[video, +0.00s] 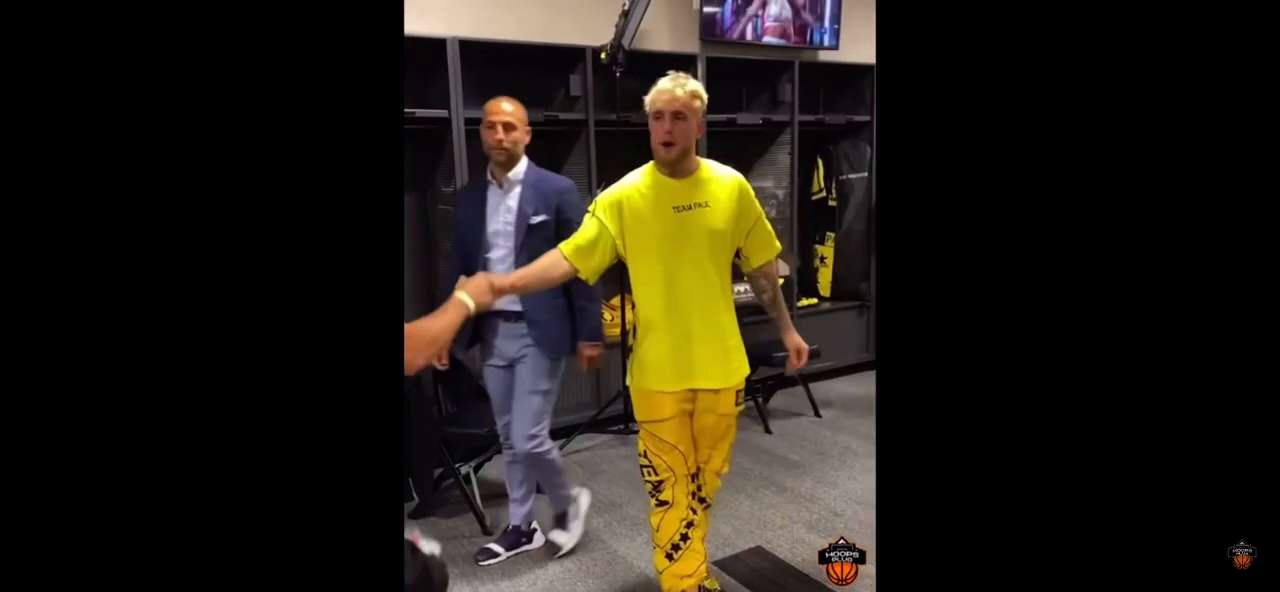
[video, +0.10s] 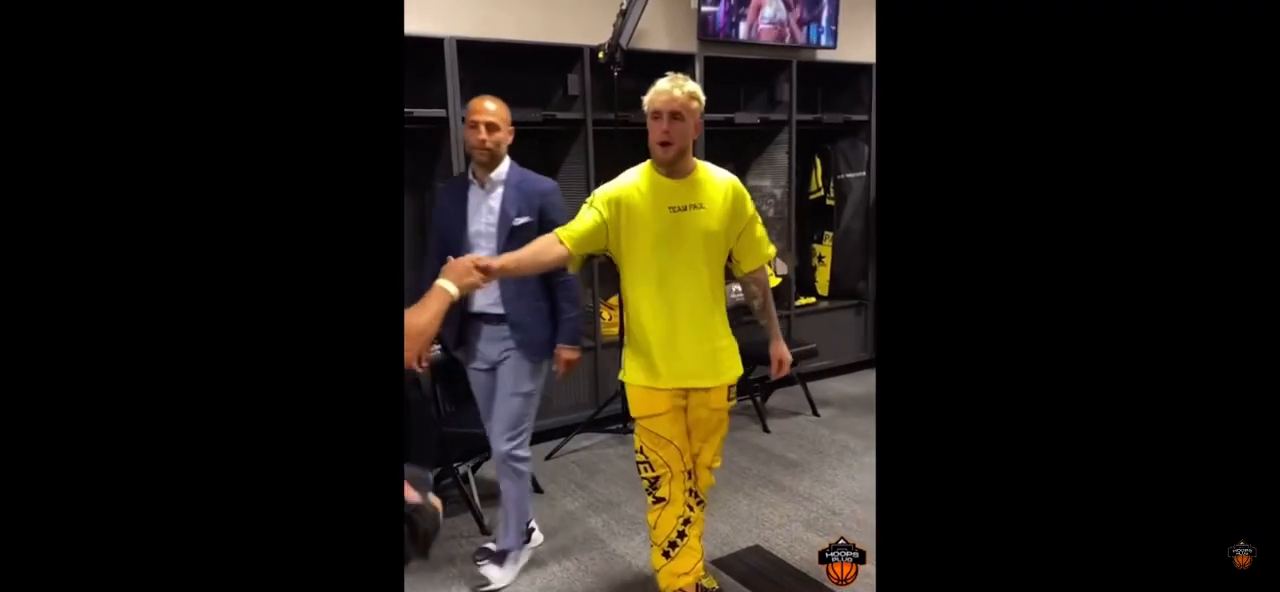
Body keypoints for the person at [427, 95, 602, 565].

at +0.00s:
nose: (499, 135)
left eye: (509, 128)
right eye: (492, 128)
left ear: (527, 135)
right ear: (481, 135)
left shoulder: (557, 191)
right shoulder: (470, 197)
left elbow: (582, 266)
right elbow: (462, 269)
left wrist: (590, 333)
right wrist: (444, 334)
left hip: (540, 327)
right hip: (491, 328)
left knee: (529, 440)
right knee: (509, 439)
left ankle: (568, 500)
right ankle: (520, 527)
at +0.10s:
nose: (481, 135)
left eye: (491, 128)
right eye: (474, 127)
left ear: (510, 135)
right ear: (463, 134)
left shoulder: (540, 191)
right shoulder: (450, 194)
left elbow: (563, 270)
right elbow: (435, 265)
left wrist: (569, 335)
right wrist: (424, 332)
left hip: (522, 329)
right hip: (469, 330)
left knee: (509, 443)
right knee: (500, 441)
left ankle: (511, 545)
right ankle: (524, 521)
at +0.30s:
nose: (453, 142)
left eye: (465, 134)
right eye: (446, 132)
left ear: (482, 141)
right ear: (434, 136)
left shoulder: (511, 202)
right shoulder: (415, 199)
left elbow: (532, 286)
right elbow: (411, 273)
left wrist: (526, 354)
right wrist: (408, 346)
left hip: (487, 344)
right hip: (433, 341)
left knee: (463, 459)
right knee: (479, 442)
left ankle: (438, 567)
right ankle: (516, 522)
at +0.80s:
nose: (463, 129)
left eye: (475, 122)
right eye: (455, 119)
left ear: (492, 132)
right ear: (439, 123)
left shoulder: (516, 197)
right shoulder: (410, 185)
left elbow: (532, 287)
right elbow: (403, 264)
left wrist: (510, 357)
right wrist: (406, 337)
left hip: (478, 346)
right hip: (417, 342)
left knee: (491, 466)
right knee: (428, 451)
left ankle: (495, 564)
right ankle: (449, 531)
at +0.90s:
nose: (492, 127)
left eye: (504, 120)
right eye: (484, 116)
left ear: (520, 130)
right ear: (467, 120)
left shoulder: (544, 194)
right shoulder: (435, 183)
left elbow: (561, 279)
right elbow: (418, 264)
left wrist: (531, 346)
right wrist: (424, 335)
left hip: (515, 347)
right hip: (448, 348)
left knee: (531, 460)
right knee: (448, 456)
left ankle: (535, 558)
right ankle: (453, 560)